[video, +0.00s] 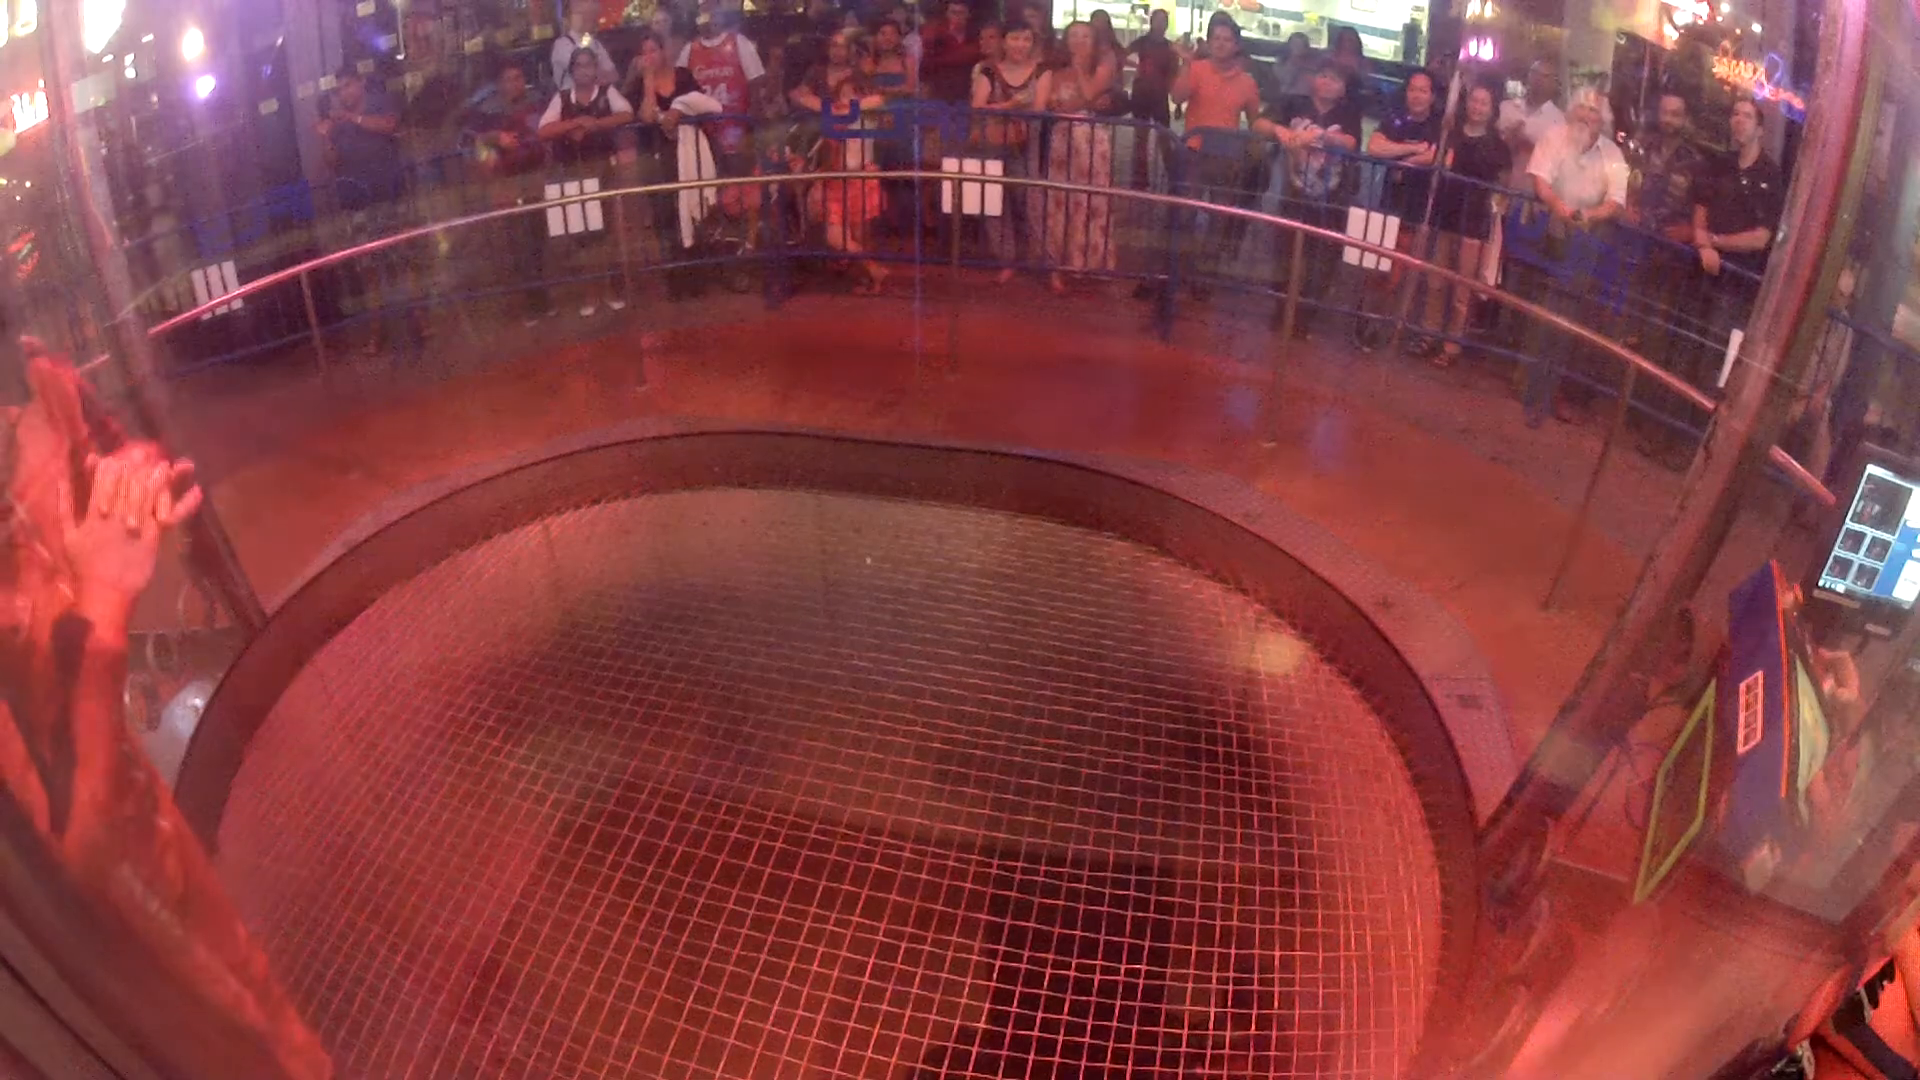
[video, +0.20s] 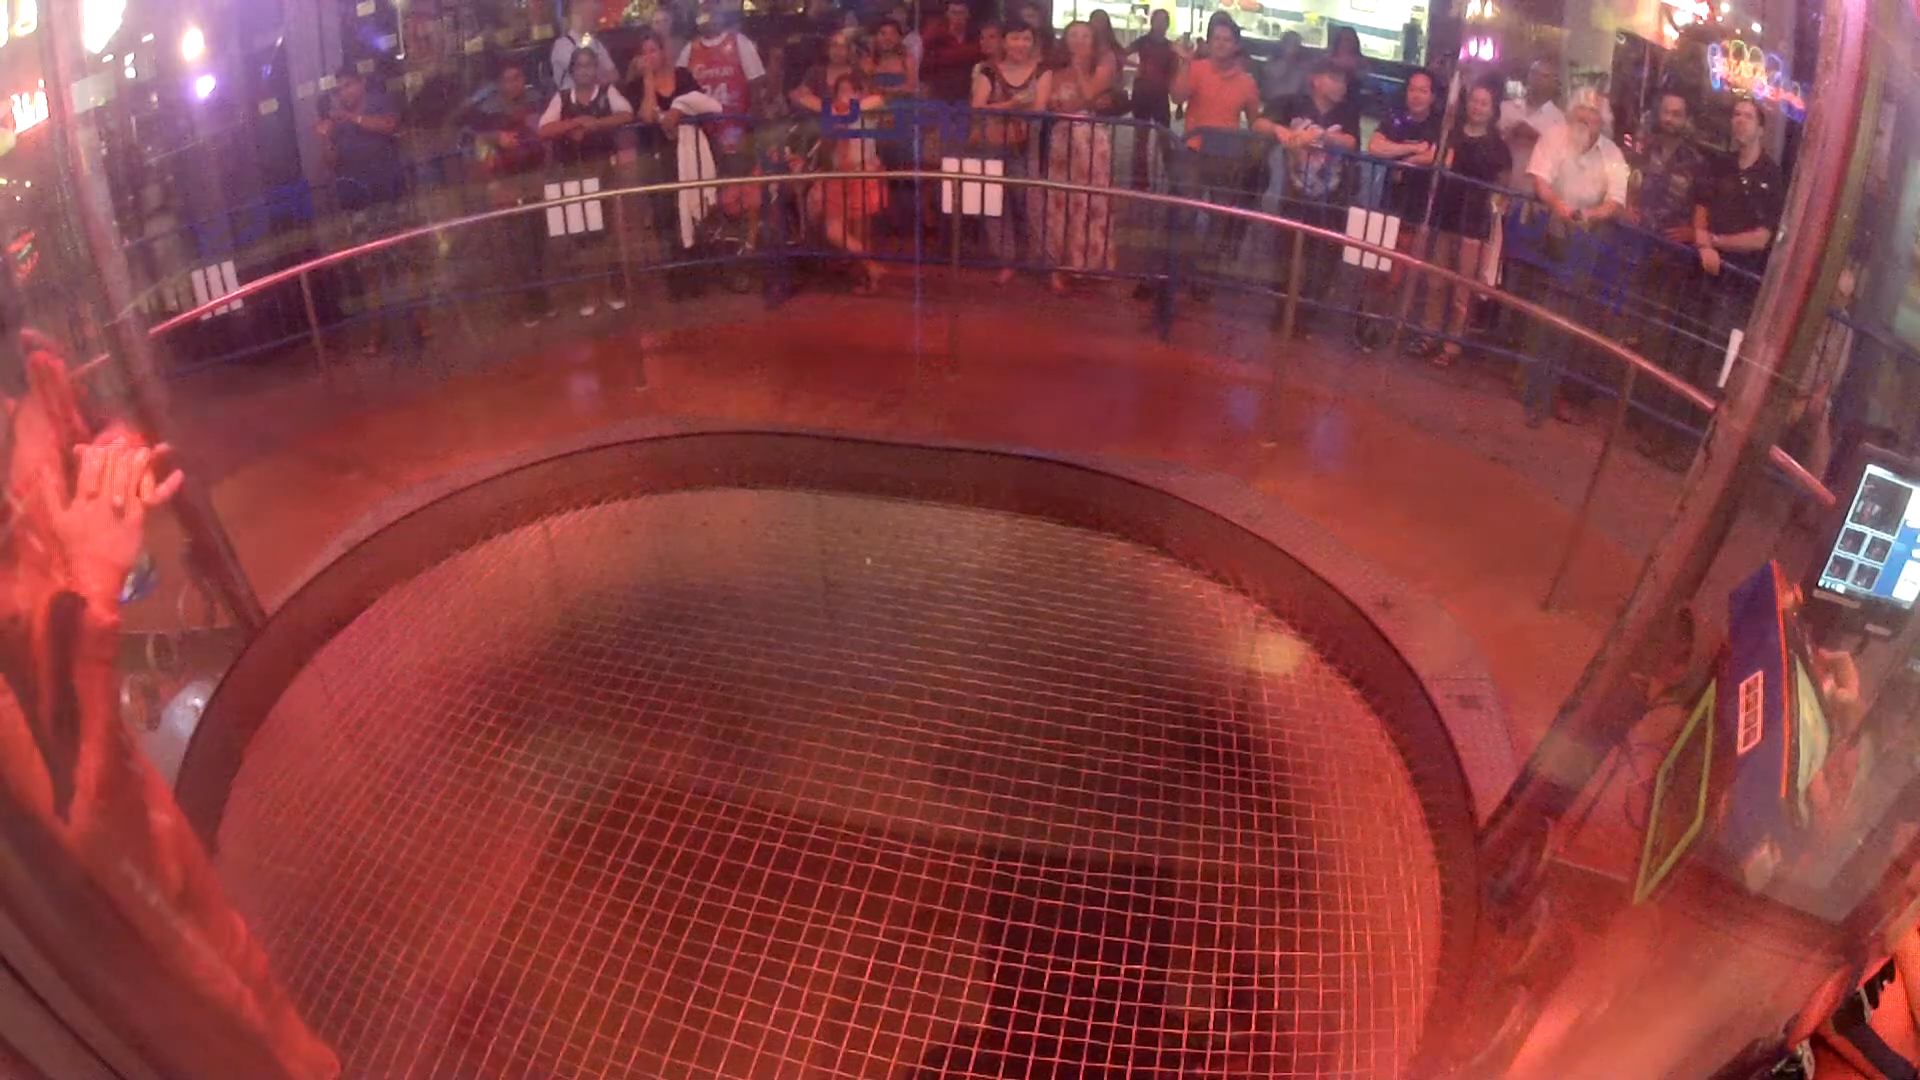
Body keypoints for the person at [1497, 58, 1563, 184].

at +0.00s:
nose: (1538, 80)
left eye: (1546, 76)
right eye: (1534, 73)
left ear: (1555, 83)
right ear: (1527, 77)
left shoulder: (1557, 119)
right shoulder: (1506, 108)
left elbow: (1557, 157)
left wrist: (1524, 141)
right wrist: (1508, 137)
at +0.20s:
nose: (1539, 80)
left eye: (1545, 76)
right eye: (1535, 74)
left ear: (1554, 83)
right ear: (1528, 77)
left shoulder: (1558, 118)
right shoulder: (1505, 108)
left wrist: (1536, 137)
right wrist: (1509, 134)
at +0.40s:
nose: (1539, 80)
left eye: (1546, 76)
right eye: (1535, 74)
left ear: (1554, 82)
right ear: (1528, 77)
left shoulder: (1558, 119)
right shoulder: (1506, 108)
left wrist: (1536, 137)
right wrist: (1509, 134)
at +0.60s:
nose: (1537, 79)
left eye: (1544, 75)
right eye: (1534, 73)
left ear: (1553, 82)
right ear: (1528, 76)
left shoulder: (1559, 119)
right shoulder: (1505, 109)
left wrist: (1535, 137)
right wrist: (1509, 133)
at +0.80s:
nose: (1537, 79)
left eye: (1544, 75)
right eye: (1535, 73)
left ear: (1554, 82)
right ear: (1529, 75)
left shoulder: (1560, 120)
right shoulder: (1505, 109)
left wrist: (1537, 140)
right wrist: (1508, 135)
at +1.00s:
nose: (1537, 79)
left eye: (1544, 75)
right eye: (1535, 73)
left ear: (1554, 82)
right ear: (1529, 76)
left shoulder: (1560, 120)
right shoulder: (1505, 109)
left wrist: (1537, 141)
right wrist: (1510, 135)